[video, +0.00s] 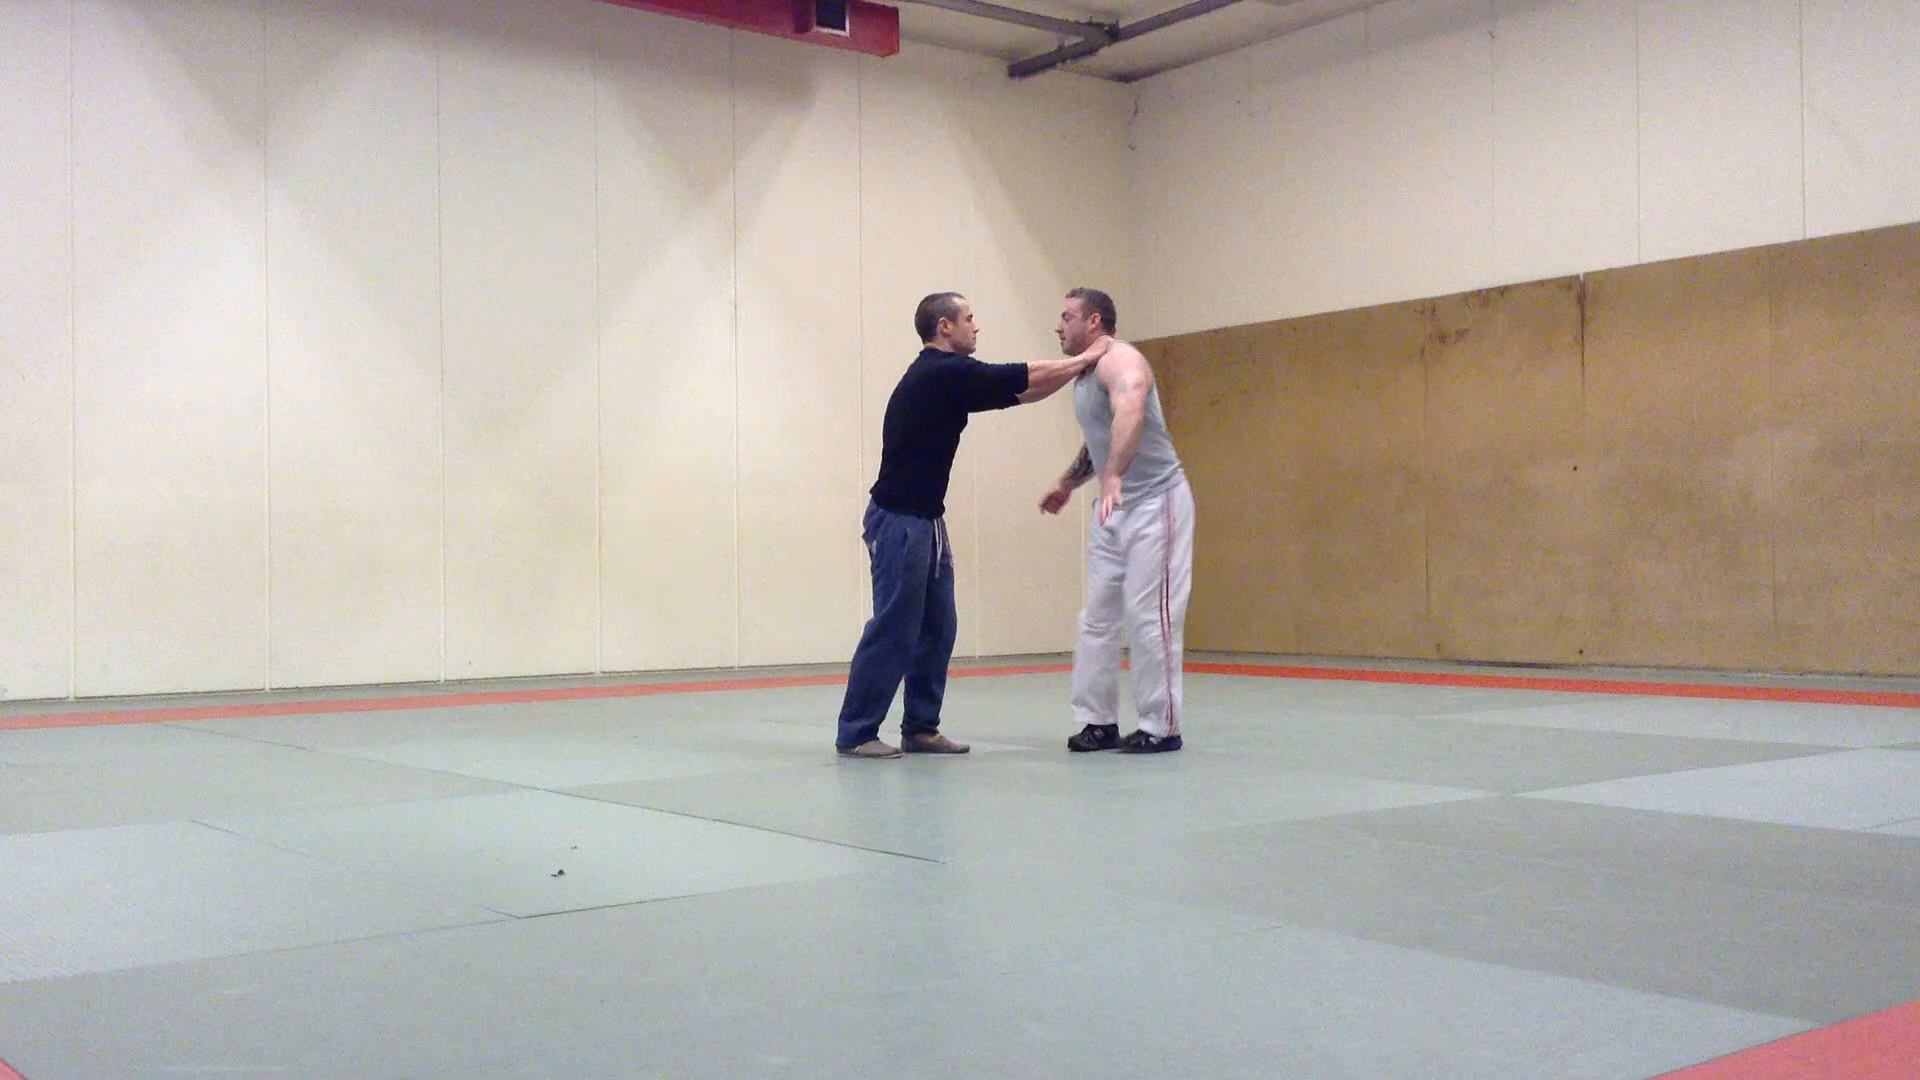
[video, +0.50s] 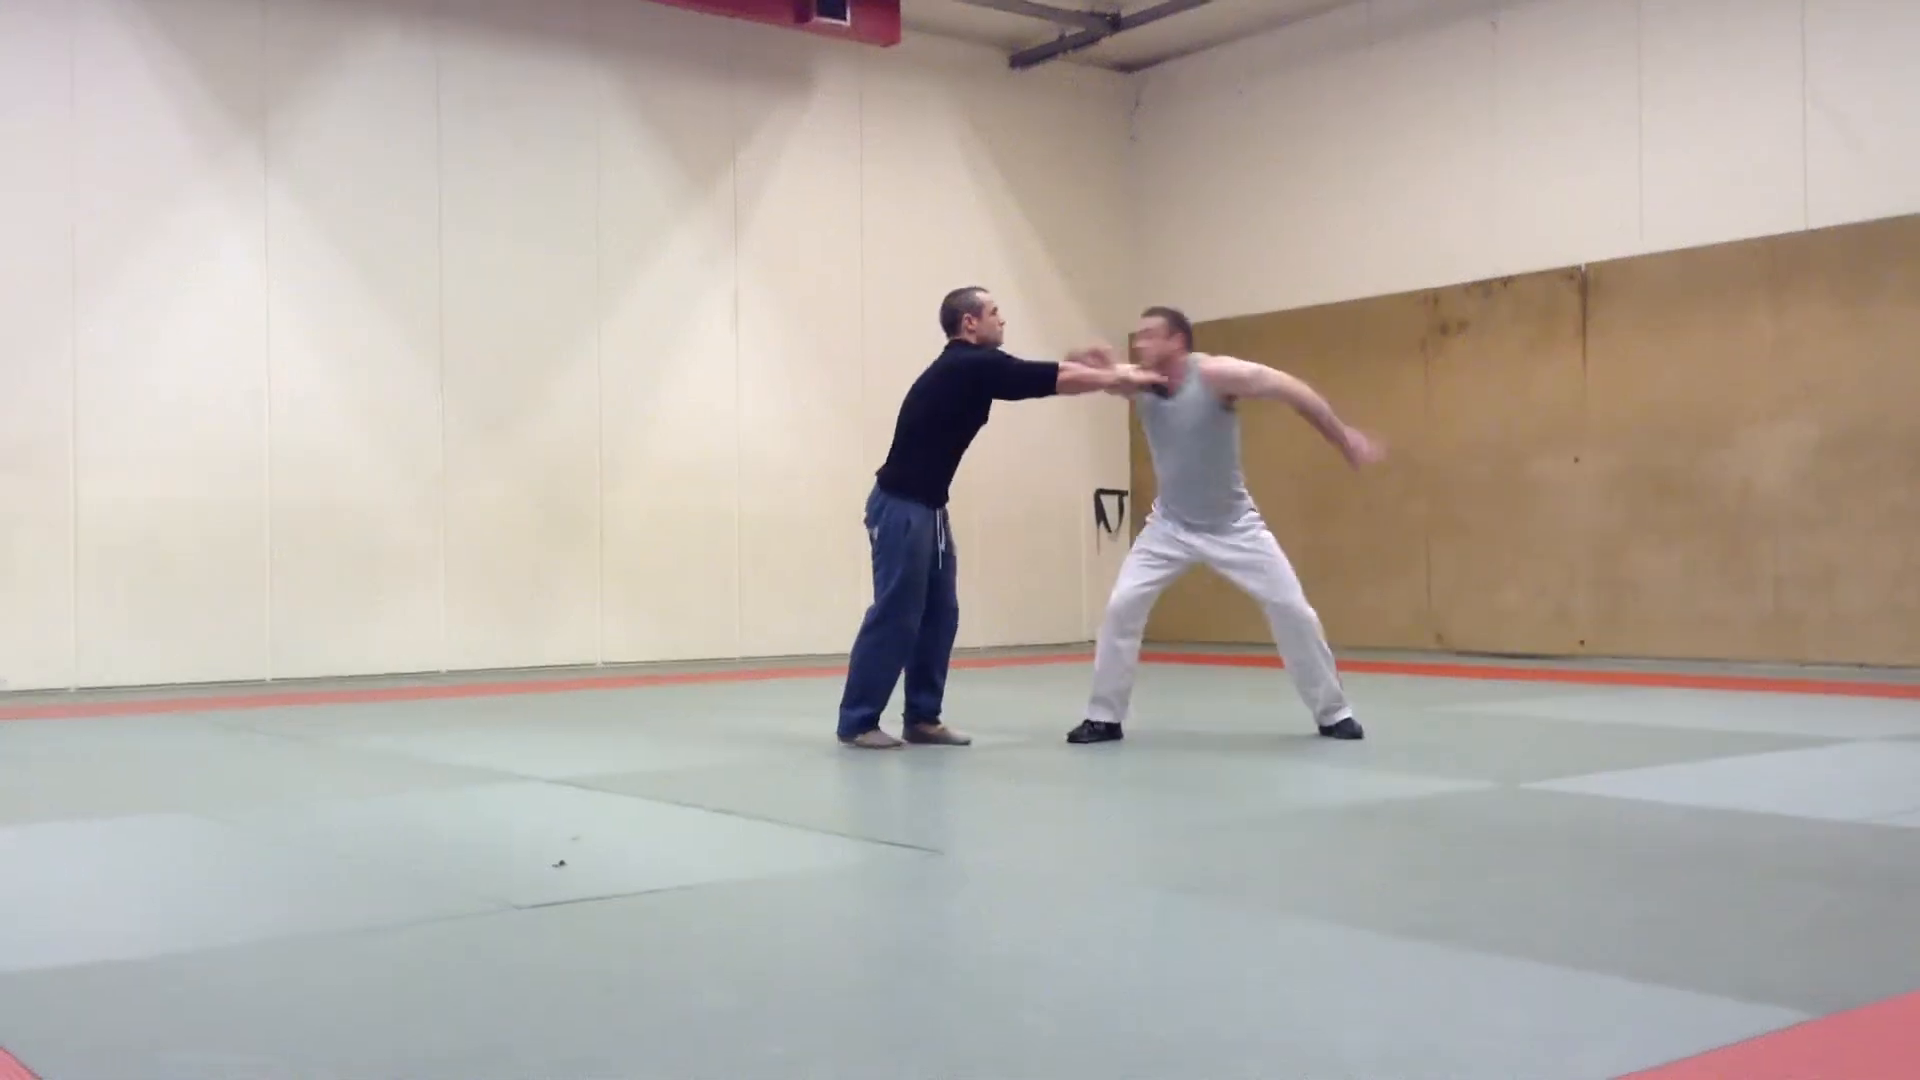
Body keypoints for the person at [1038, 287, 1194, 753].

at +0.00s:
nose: (1060, 326)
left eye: (1068, 317)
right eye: (1061, 318)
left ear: (1094, 321)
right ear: (1086, 321)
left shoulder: (1121, 358)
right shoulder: (1085, 373)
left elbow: (1132, 409)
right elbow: (1098, 442)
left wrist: (1113, 476)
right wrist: (1066, 485)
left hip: (1157, 503)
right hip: (1113, 507)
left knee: (1149, 615)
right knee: (1100, 615)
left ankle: (1160, 727)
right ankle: (1099, 722)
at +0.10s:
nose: (1063, 334)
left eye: (1070, 325)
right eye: (1064, 326)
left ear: (1096, 328)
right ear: (1088, 330)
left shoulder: (1126, 363)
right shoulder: (1085, 384)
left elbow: (1139, 407)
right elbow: (1095, 447)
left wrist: (1121, 466)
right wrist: (1054, 485)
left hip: (1168, 506)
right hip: (1123, 510)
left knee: (1154, 608)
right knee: (1105, 613)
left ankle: (1170, 721)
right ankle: (1102, 723)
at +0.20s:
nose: (1075, 344)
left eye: (1081, 336)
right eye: (1075, 337)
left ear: (1107, 338)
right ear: (1100, 339)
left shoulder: (1139, 371)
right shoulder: (1096, 396)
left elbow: (1151, 408)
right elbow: (1084, 452)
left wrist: (1149, 452)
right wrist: (1032, 463)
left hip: (1180, 515)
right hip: (1132, 518)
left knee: (1184, 618)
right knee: (1102, 616)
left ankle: (1232, 707)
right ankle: (1102, 725)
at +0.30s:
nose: (1090, 352)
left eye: (1096, 343)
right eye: (1090, 344)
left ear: (1122, 345)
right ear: (1114, 346)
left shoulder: (1148, 376)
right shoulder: (1110, 402)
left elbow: (1183, 395)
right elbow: (1080, 436)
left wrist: (1202, 425)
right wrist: (1038, 406)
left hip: (1195, 530)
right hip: (1139, 530)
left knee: (1239, 625)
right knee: (1102, 616)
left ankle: (1295, 706)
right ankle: (1101, 726)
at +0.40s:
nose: (1111, 352)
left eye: (1118, 343)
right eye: (1110, 344)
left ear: (1145, 346)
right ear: (1118, 350)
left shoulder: (1172, 378)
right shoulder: (1120, 395)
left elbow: (1223, 383)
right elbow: (1079, 405)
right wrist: (1061, 366)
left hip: (1216, 530)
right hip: (1155, 528)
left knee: (1280, 619)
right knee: (1108, 611)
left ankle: (1329, 715)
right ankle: (1103, 723)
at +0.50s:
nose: (1140, 345)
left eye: (1149, 336)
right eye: (1138, 337)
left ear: (1179, 341)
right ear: (1138, 345)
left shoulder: (1214, 374)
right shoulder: (1141, 383)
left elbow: (1292, 389)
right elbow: (1110, 383)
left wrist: (1344, 438)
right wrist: (1101, 369)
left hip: (1235, 527)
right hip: (1169, 527)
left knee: (1295, 612)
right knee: (1122, 606)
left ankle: (1332, 712)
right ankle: (1104, 717)